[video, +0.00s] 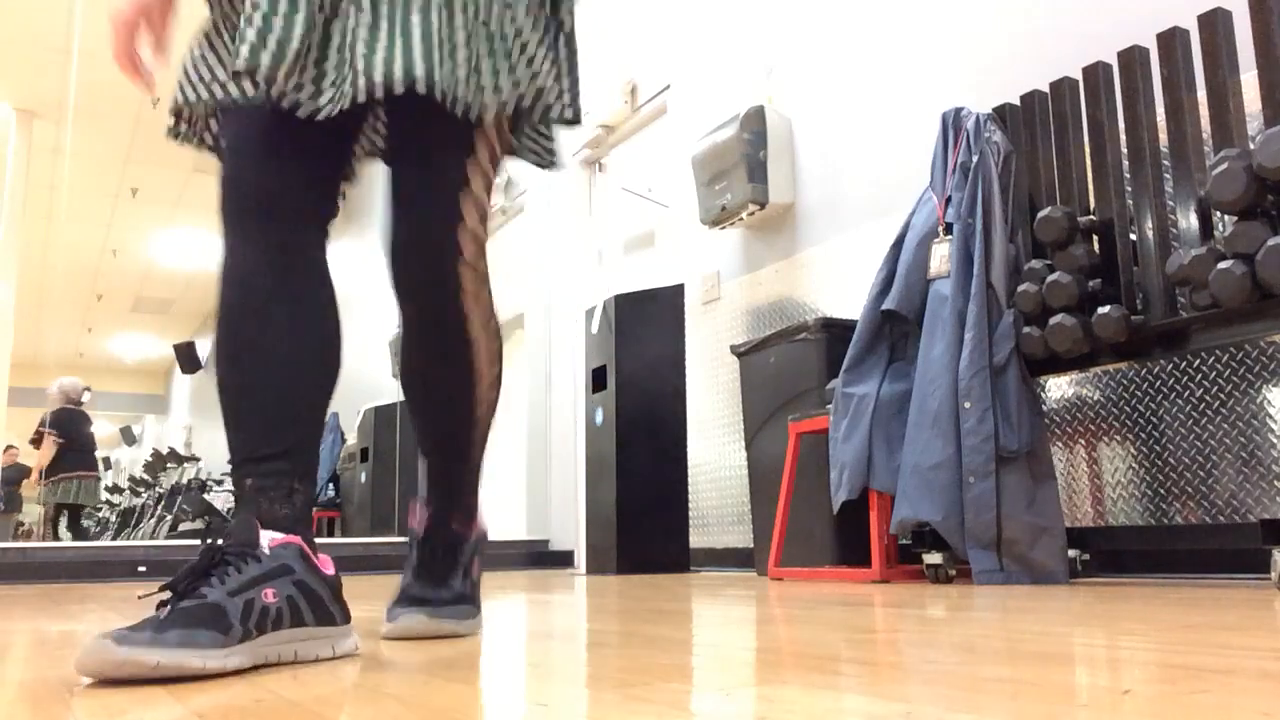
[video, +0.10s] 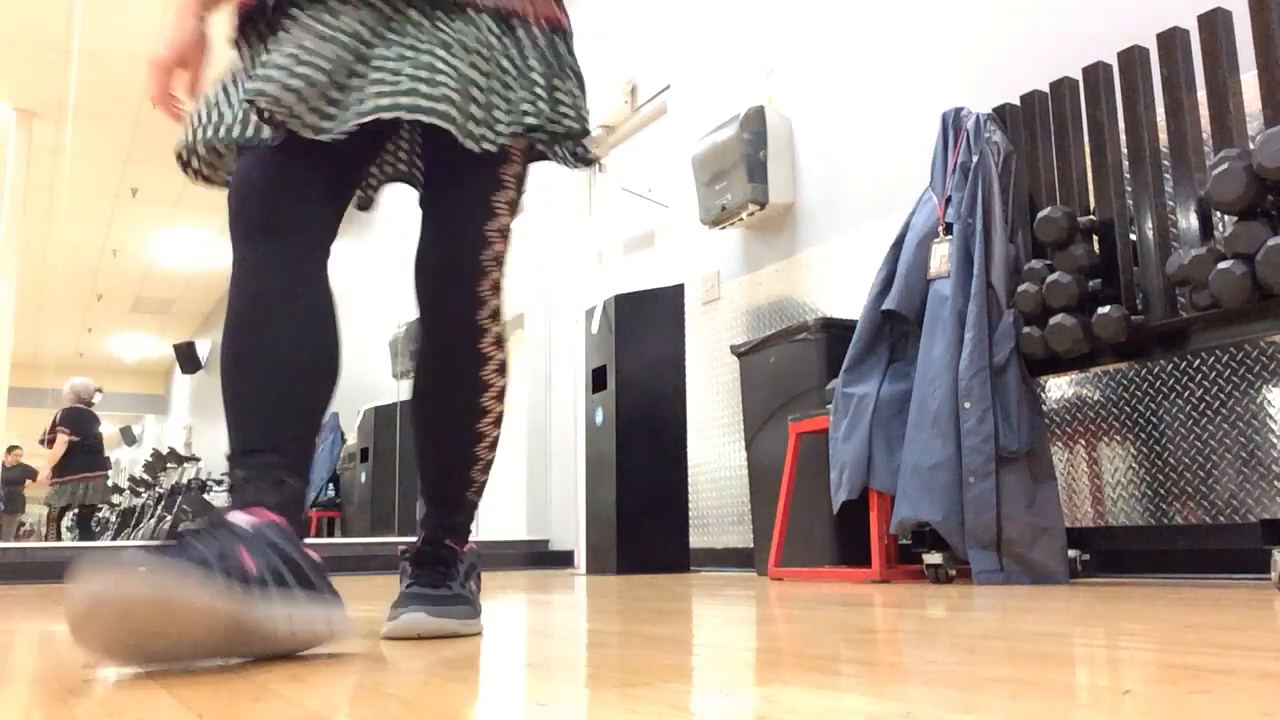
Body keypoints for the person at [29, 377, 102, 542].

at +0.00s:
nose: (52, 396)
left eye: (55, 392)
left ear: (58, 394)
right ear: (77, 395)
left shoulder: (55, 416)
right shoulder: (84, 416)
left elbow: (48, 448)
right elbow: (91, 448)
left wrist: (37, 469)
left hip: (62, 476)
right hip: (88, 475)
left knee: (50, 522)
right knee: (75, 522)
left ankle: (55, 561)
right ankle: (84, 557)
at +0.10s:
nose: (64, 394)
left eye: (67, 391)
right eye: (66, 391)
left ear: (72, 394)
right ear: (89, 396)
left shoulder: (68, 414)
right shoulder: (92, 415)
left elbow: (61, 443)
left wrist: (47, 466)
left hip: (70, 478)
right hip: (96, 477)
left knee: (53, 521)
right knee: (85, 522)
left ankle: (54, 562)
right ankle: (91, 559)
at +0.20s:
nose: (70, 392)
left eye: (73, 390)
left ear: (76, 392)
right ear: (95, 394)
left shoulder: (70, 411)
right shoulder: (100, 414)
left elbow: (64, 439)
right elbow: (106, 444)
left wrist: (51, 464)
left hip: (74, 477)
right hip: (101, 476)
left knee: (54, 514)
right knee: (89, 518)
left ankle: (55, 557)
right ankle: (86, 557)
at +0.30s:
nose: (75, 390)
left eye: (77, 387)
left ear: (81, 389)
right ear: (101, 391)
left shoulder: (73, 408)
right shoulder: (105, 411)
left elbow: (65, 436)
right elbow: (114, 442)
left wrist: (54, 463)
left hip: (76, 474)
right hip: (104, 474)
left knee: (54, 513)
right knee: (91, 518)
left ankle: (60, 555)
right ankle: (85, 557)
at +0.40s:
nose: (83, 386)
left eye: (86, 383)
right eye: (85, 382)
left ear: (91, 386)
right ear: (106, 388)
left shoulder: (79, 408)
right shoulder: (112, 409)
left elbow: (65, 438)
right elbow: (117, 439)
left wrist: (55, 464)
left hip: (79, 476)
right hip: (107, 475)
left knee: (64, 515)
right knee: (93, 520)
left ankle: (77, 546)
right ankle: (90, 557)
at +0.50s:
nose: (88, 388)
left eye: (90, 386)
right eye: (89, 386)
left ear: (93, 387)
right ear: (111, 389)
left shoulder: (81, 408)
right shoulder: (116, 410)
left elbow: (66, 439)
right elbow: (120, 439)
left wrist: (56, 464)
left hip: (81, 476)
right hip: (108, 475)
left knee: (73, 521)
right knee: (94, 521)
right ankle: (95, 558)